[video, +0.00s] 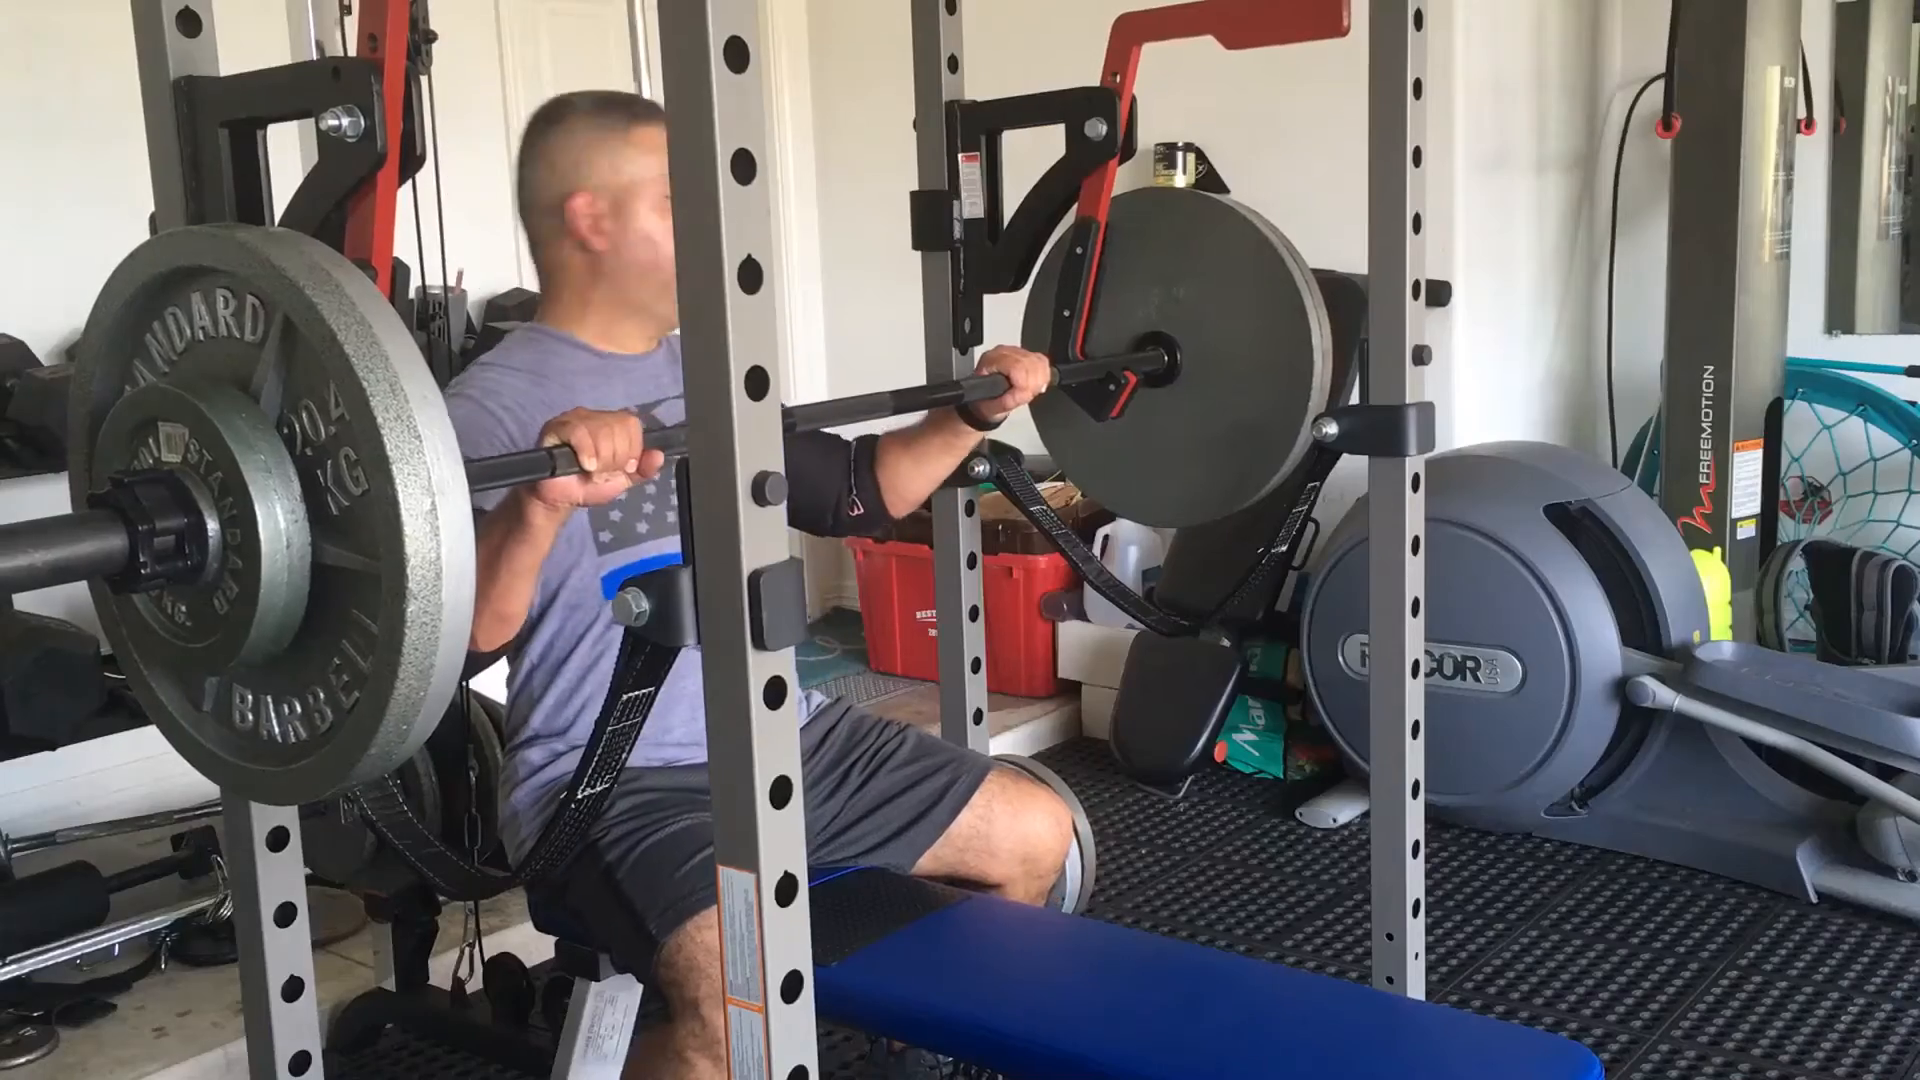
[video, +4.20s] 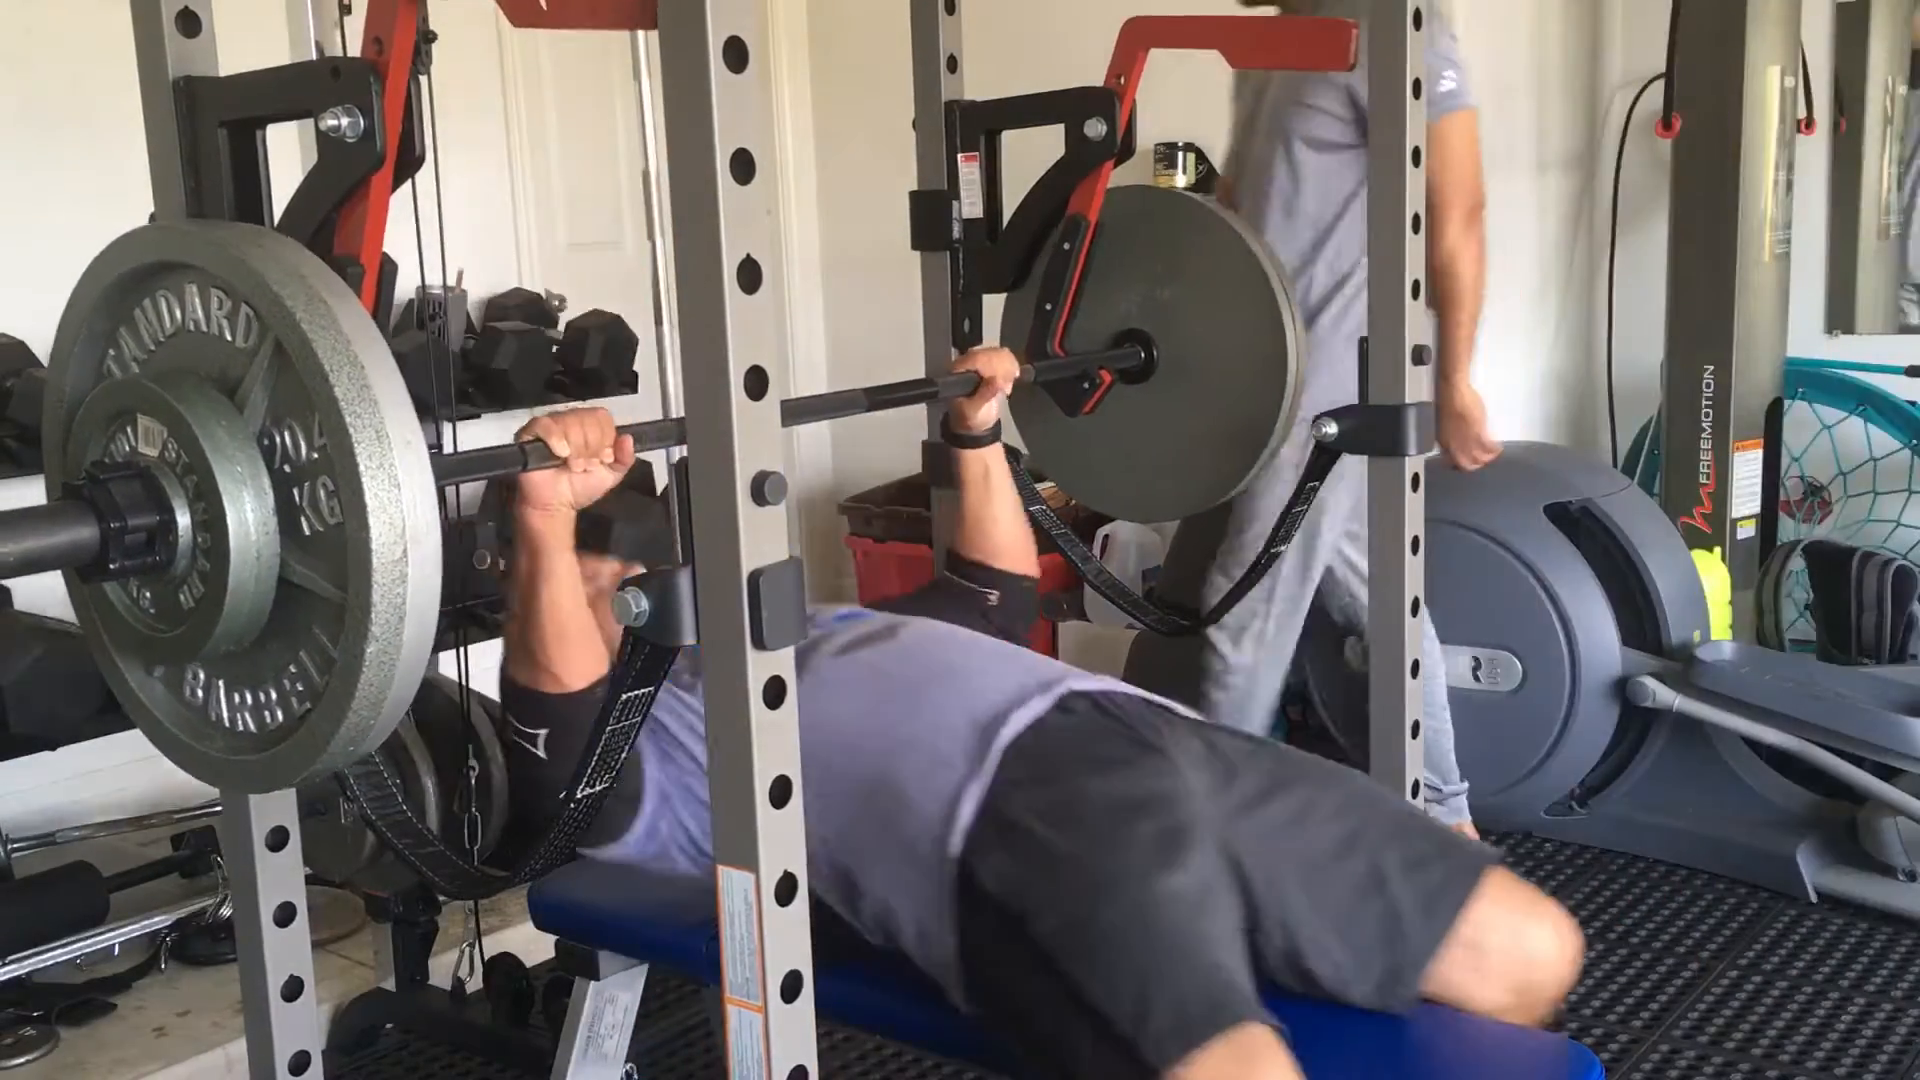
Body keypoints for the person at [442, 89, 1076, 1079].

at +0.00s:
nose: (705, 225)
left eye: (698, 197)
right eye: (677, 196)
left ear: (600, 222)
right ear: (592, 221)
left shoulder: (703, 368)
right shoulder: (493, 399)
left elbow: (863, 491)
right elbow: (470, 638)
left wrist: (974, 408)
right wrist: (543, 500)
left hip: (775, 732)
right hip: (608, 776)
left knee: (1032, 831)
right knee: (739, 972)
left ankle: (982, 1051)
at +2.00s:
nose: (705, 267)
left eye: (715, 240)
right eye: (674, 241)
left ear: (737, 245)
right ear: (591, 245)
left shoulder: (740, 378)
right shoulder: (506, 397)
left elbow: (879, 478)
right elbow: (462, 606)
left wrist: (978, 392)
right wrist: (552, 464)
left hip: (777, 736)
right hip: (608, 770)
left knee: (1032, 833)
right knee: (725, 957)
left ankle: (980, 1045)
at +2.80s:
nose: (708, 149)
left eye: (713, 124)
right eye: (671, 129)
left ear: (744, 146)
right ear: (601, 186)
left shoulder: (783, 317)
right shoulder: (537, 340)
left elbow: (855, 471)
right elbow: (430, 568)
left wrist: (960, 402)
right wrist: (522, 482)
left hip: (828, 721)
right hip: (642, 756)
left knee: (1065, 841)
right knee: (747, 944)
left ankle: (1192, 1053)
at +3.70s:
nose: (652, 168)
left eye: (662, 141)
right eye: (610, 143)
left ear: (685, 161)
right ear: (531, 180)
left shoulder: (721, 310)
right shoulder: (483, 343)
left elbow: (845, 475)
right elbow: (438, 579)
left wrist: (949, 404)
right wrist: (514, 474)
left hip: (889, 675)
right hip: (707, 722)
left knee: (1171, 827)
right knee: (876, 936)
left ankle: (1221, 1073)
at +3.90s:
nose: (607, 330)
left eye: (611, 309)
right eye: (565, 315)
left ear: (637, 336)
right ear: (494, 369)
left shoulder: (725, 452)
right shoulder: (514, 503)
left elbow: (900, 552)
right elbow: (490, 649)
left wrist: (953, 417)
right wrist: (524, 509)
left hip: (1012, 678)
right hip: (870, 745)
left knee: (1307, 883)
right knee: (1054, 992)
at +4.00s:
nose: (611, 456)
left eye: (610, 432)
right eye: (561, 444)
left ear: (633, 443)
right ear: (501, 493)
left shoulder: (753, 530)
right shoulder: (565, 619)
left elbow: (947, 585)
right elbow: (521, 717)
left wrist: (962, 425)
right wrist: (518, 520)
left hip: (1056, 697)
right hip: (924, 773)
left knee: (1387, 912)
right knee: (1112, 1035)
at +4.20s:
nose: (626, 567)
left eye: (636, 545)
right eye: (593, 576)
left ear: (676, 581)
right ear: (582, 626)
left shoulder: (847, 640)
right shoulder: (644, 750)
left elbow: (995, 620)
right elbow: (556, 791)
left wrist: (972, 435)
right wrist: (542, 523)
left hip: (1163, 741)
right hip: (1023, 821)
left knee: (1538, 957)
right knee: (1242, 1056)